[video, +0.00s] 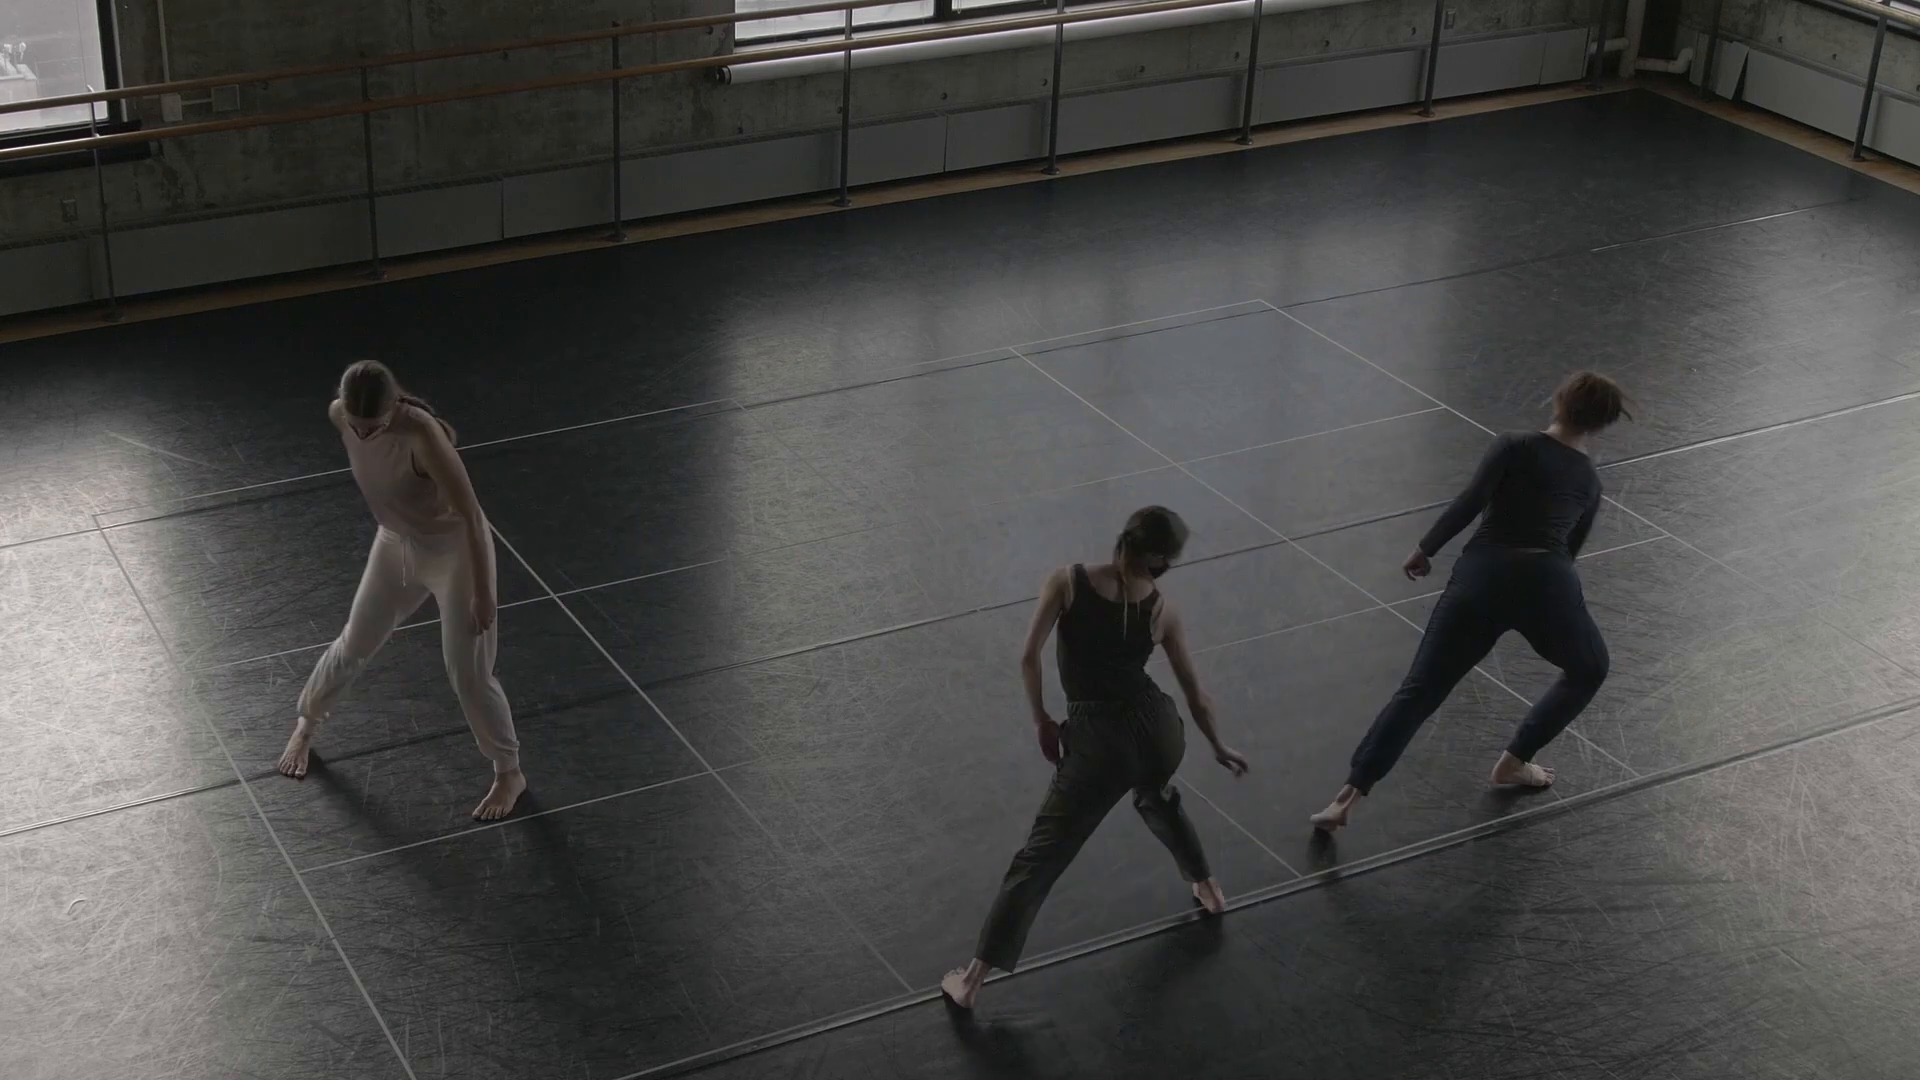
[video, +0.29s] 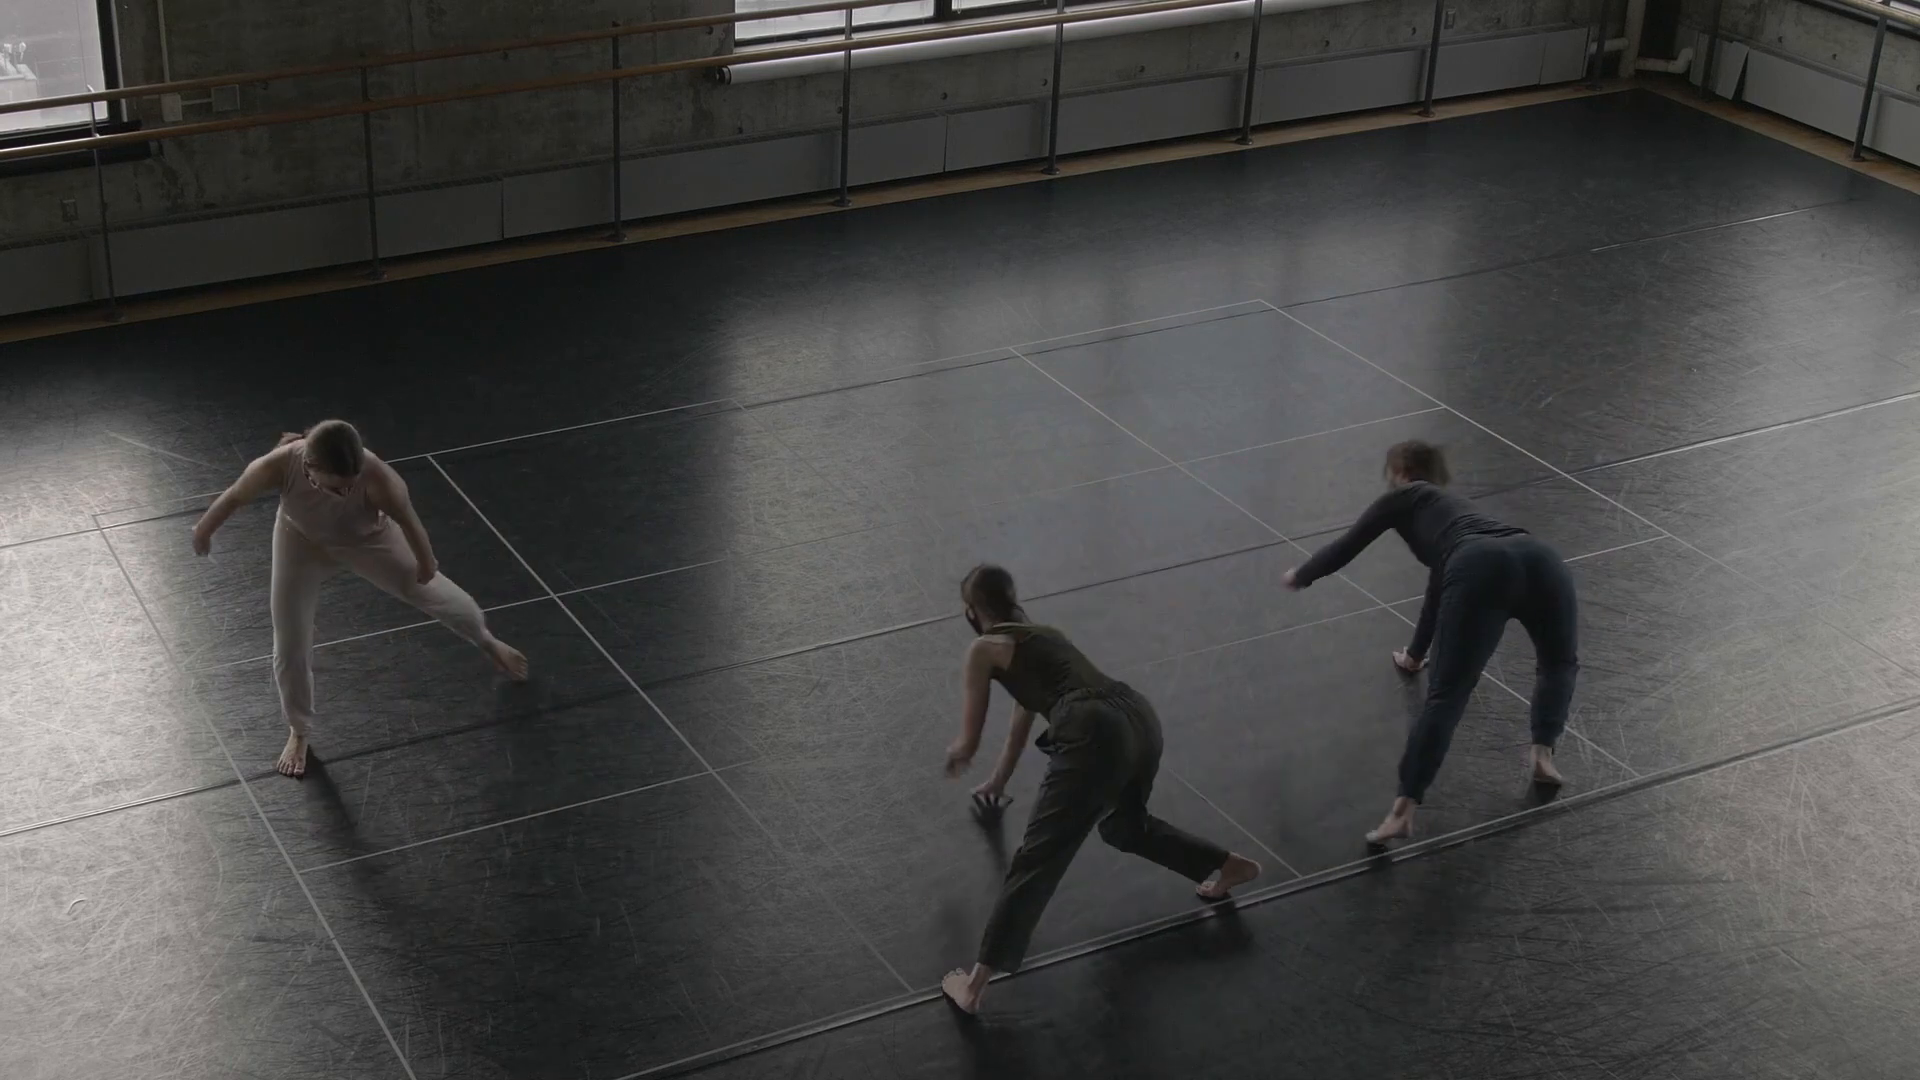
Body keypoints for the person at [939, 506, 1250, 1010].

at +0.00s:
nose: (1163, 570)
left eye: (1165, 562)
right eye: (1164, 563)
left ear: (1123, 541)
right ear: (1160, 559)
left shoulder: (1069, 581)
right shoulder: (1159, 607)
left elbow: (1030, 656)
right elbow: (1196, 695)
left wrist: (1041, 721)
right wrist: (1219, 746)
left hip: (1098, 746)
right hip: (1160, 734)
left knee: (1039, 855)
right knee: (1156, 795)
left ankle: (972, 980)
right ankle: (1207, 889)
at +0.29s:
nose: (968, 616)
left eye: (967, 609)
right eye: (967, 609)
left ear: (973, 612)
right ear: (1013, 602)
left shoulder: (985, 650)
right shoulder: (1046, 638)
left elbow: (969, 738)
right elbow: (1021, 729)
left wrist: (956, 756)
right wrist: (996, 784)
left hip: (1091, 733)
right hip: (1141, 722)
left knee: (1038, 858)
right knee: (1124, 826)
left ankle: (975, 983)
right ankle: (1229, 865)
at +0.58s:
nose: (901, 634)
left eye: (900, 627)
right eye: (906, 625)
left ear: (906, 625)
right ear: (940, 611)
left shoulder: (908, 648)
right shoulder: (979, 627)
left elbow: (886, 720)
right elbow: (1002, 672)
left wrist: (873, 766)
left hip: (998, 699)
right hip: (1045, 684)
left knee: (992, 823)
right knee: (1100, 799)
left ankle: (973, 947)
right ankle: (1219, 851)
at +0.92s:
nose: (857, 606)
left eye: (855, 599)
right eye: (855, 599)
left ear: (862, 590)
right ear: (890, 569)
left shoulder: (865, 604)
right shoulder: (934, 578)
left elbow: (861, 699)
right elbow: (963, 625)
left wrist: (874, 768)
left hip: (935, 655)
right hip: (988, 638)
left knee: (953, 781)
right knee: (1054, 754)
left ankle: (971, 882)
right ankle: (1138, 846)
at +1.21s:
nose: (864, 610)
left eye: (863, 602)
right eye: (862, 604)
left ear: (869, 590)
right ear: (889, 572)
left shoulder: (871, 601)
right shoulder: (938, 569)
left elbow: (863, 698)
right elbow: (975, 647)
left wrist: (873, 769)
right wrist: (960, 726)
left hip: (933, 613)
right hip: (997, 602)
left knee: (911, 712)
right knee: (982, 706)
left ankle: (946, 798)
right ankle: (1026, 794)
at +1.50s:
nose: (871, 620)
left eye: (871, 614)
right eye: (869, 615)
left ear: (879, 605)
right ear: (907, 584)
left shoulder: (880, 615)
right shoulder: (956, 587)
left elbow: (857, 711)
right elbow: (972, 653)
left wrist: (873, 769)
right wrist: (961, 724)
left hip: (937, 665)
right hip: (1005, 654)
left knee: (903, 701)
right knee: (964, 690)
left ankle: (941, 791)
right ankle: (993, 782)